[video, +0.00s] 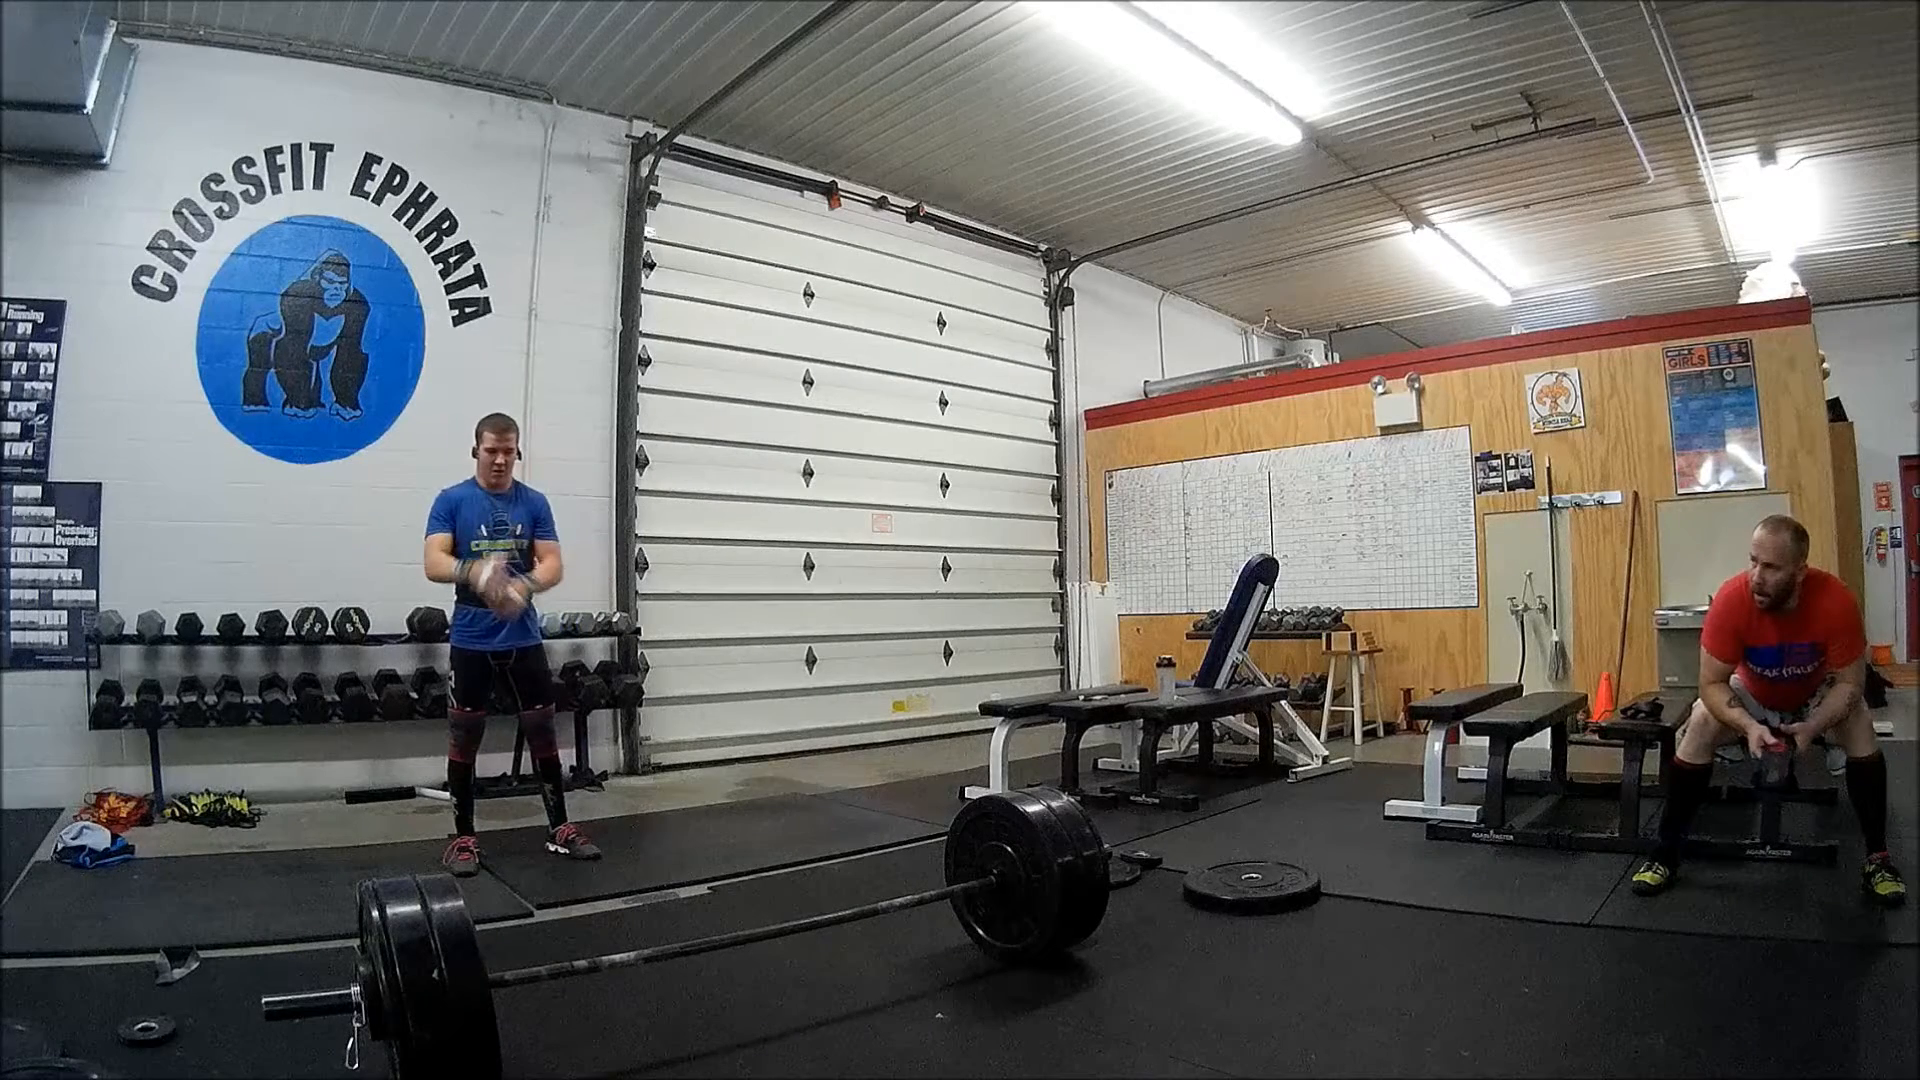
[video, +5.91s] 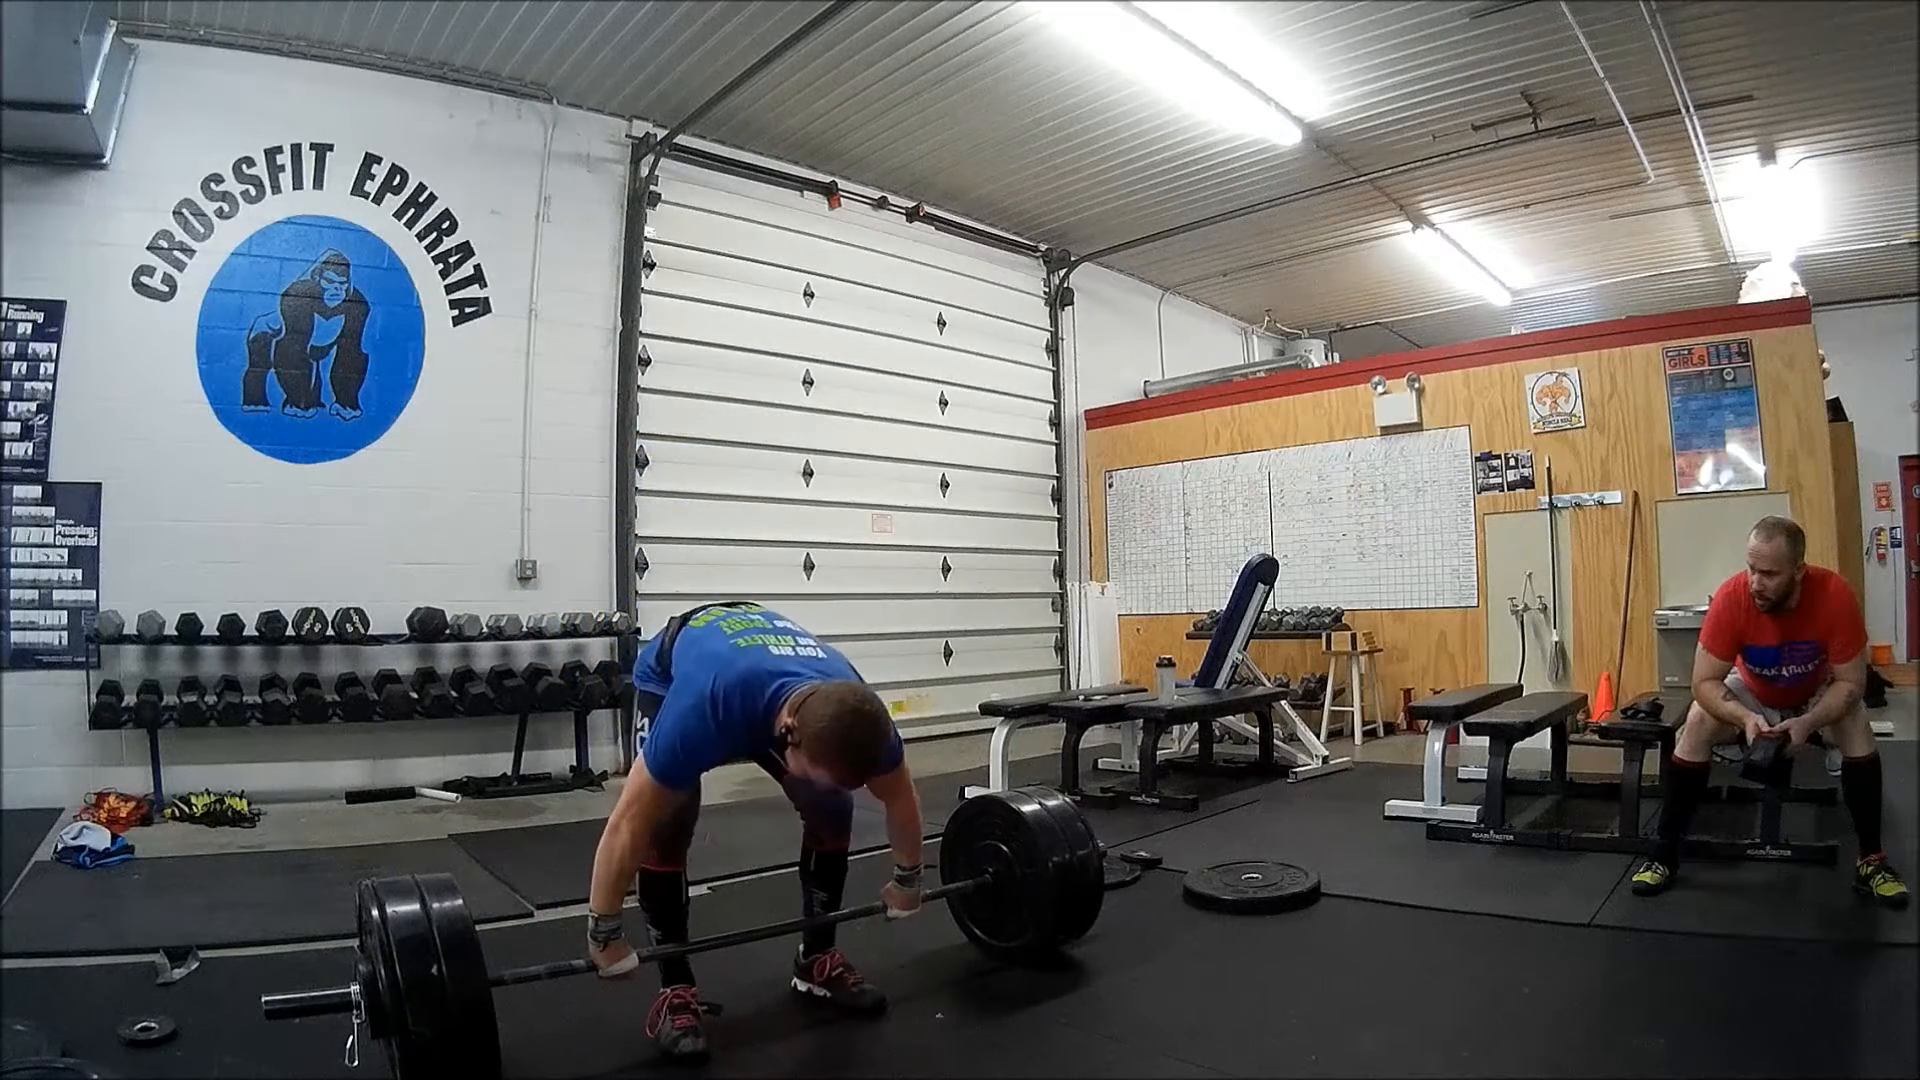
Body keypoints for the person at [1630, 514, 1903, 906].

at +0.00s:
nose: (1757, 577)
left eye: (1771, 567)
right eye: (1753, 563)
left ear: (1801, 568)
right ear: (1748, 558)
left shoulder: (1835, 601)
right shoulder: (1730, 599)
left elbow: (1850, 681)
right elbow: (1711, 683)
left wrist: (1812, 727)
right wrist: (1748, 726)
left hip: (1815, 695)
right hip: (1751, 694)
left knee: (1859, 723)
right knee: (1700, 721)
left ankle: (1878, 858)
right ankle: (1665, 856)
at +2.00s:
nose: (1752, 579)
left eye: (1765, 571)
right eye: (1749, 565)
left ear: (1797, 569)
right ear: (1745, 558)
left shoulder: (1833, 596)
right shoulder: (1729, 597)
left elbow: (1848, 683)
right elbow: (1703, 683)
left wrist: (1806, 723)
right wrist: (1742, 718)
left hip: (1813, 696)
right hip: (1749, 694)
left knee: (1853, 721)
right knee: (1696, 720)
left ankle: (1871, 860)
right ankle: (1665, 856)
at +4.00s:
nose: (1755, 584)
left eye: (1768, 575)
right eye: (1751, 571)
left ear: (1797, 569)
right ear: (1746, 562)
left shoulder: (1834, 597)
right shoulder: (1731, 597)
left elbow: (1849, 683)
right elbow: (1703, 682)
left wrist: (1805, 723)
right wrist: (1741, 717)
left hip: (1815, 695)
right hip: (1751, 693)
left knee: (1854, 723)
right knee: (1696, 721)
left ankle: (1871, 859)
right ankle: (1664, 857)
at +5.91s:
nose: (1757, 584)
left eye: (1769, 575)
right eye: (1752, 570)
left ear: (1799, 569)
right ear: (1747, 561)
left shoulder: (1834, 596)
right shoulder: (1731, 599)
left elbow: (1851, 682)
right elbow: (1704, 683)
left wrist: (1808, 722)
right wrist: (1743, 718)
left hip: (1816, 694)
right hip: (1753, 693)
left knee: (1854, 723)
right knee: (1698, 721)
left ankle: (1871, 860)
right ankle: (1664, 857)